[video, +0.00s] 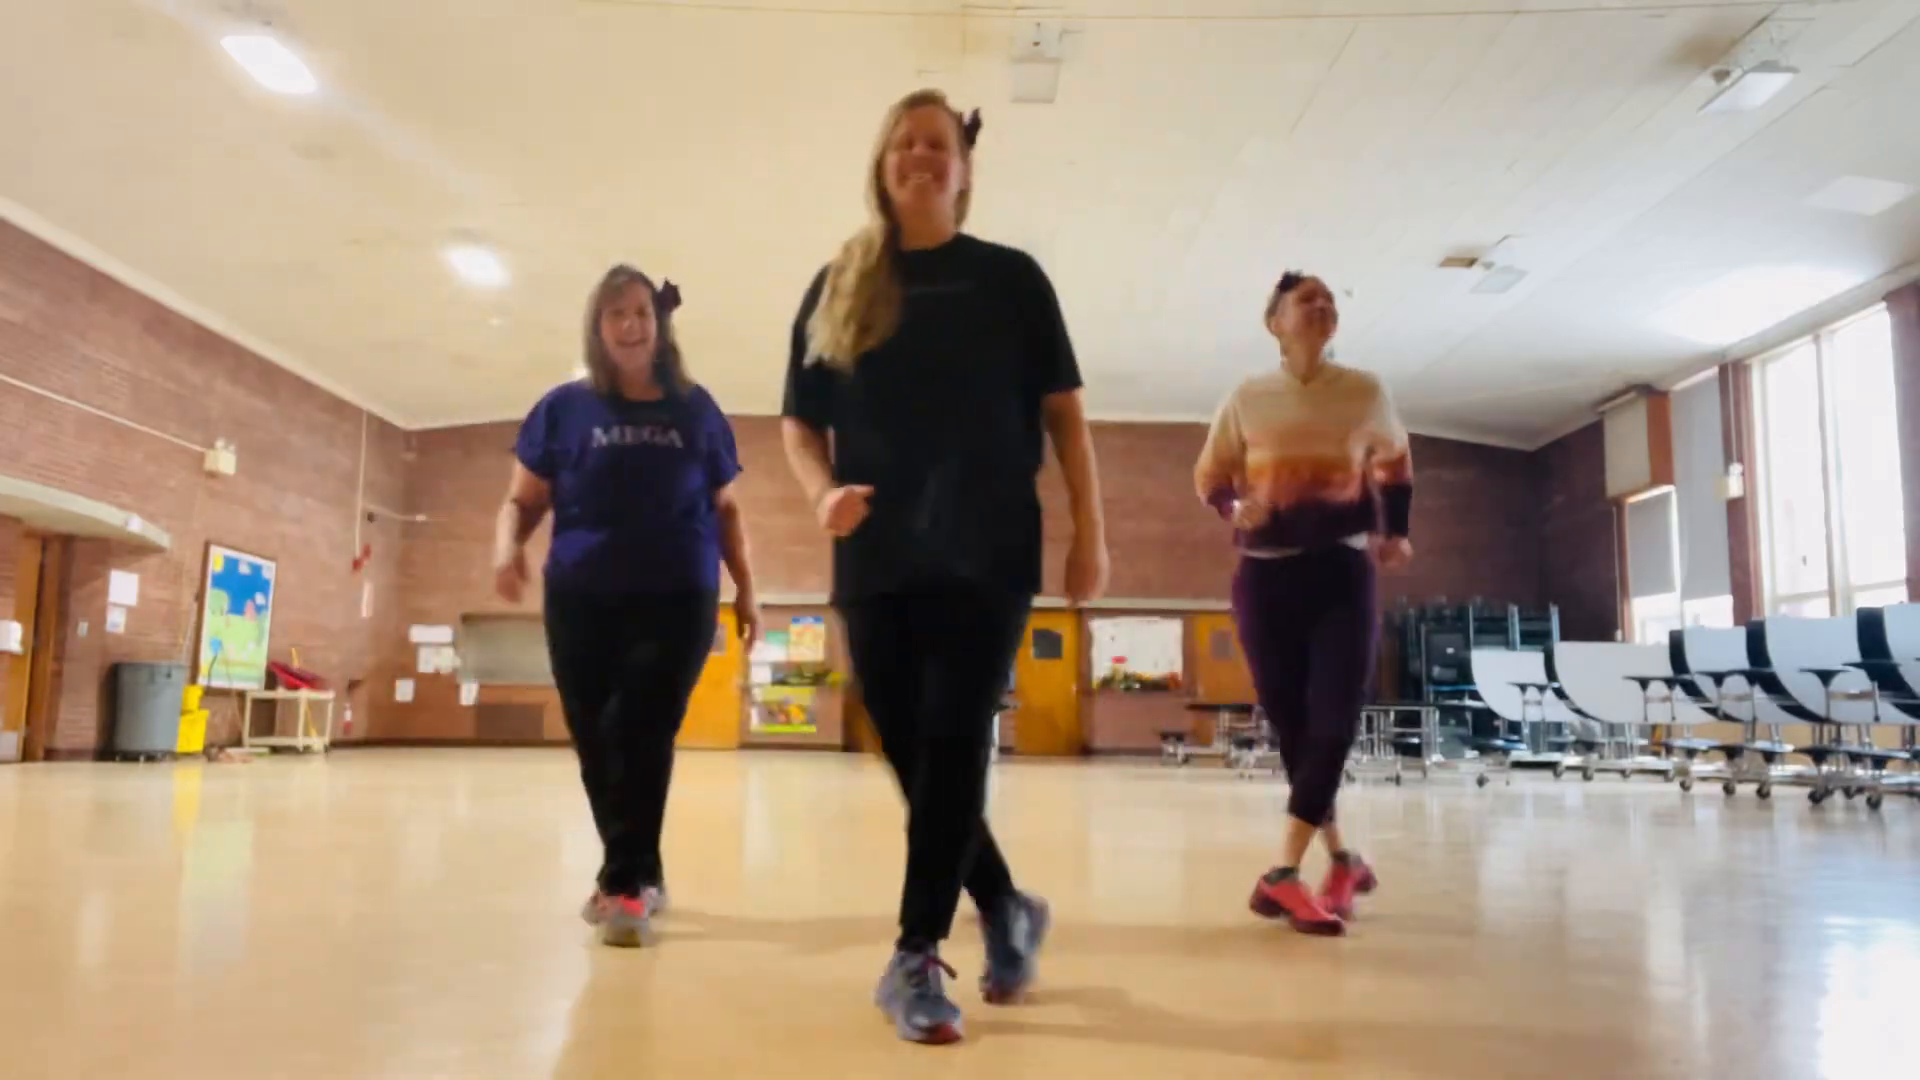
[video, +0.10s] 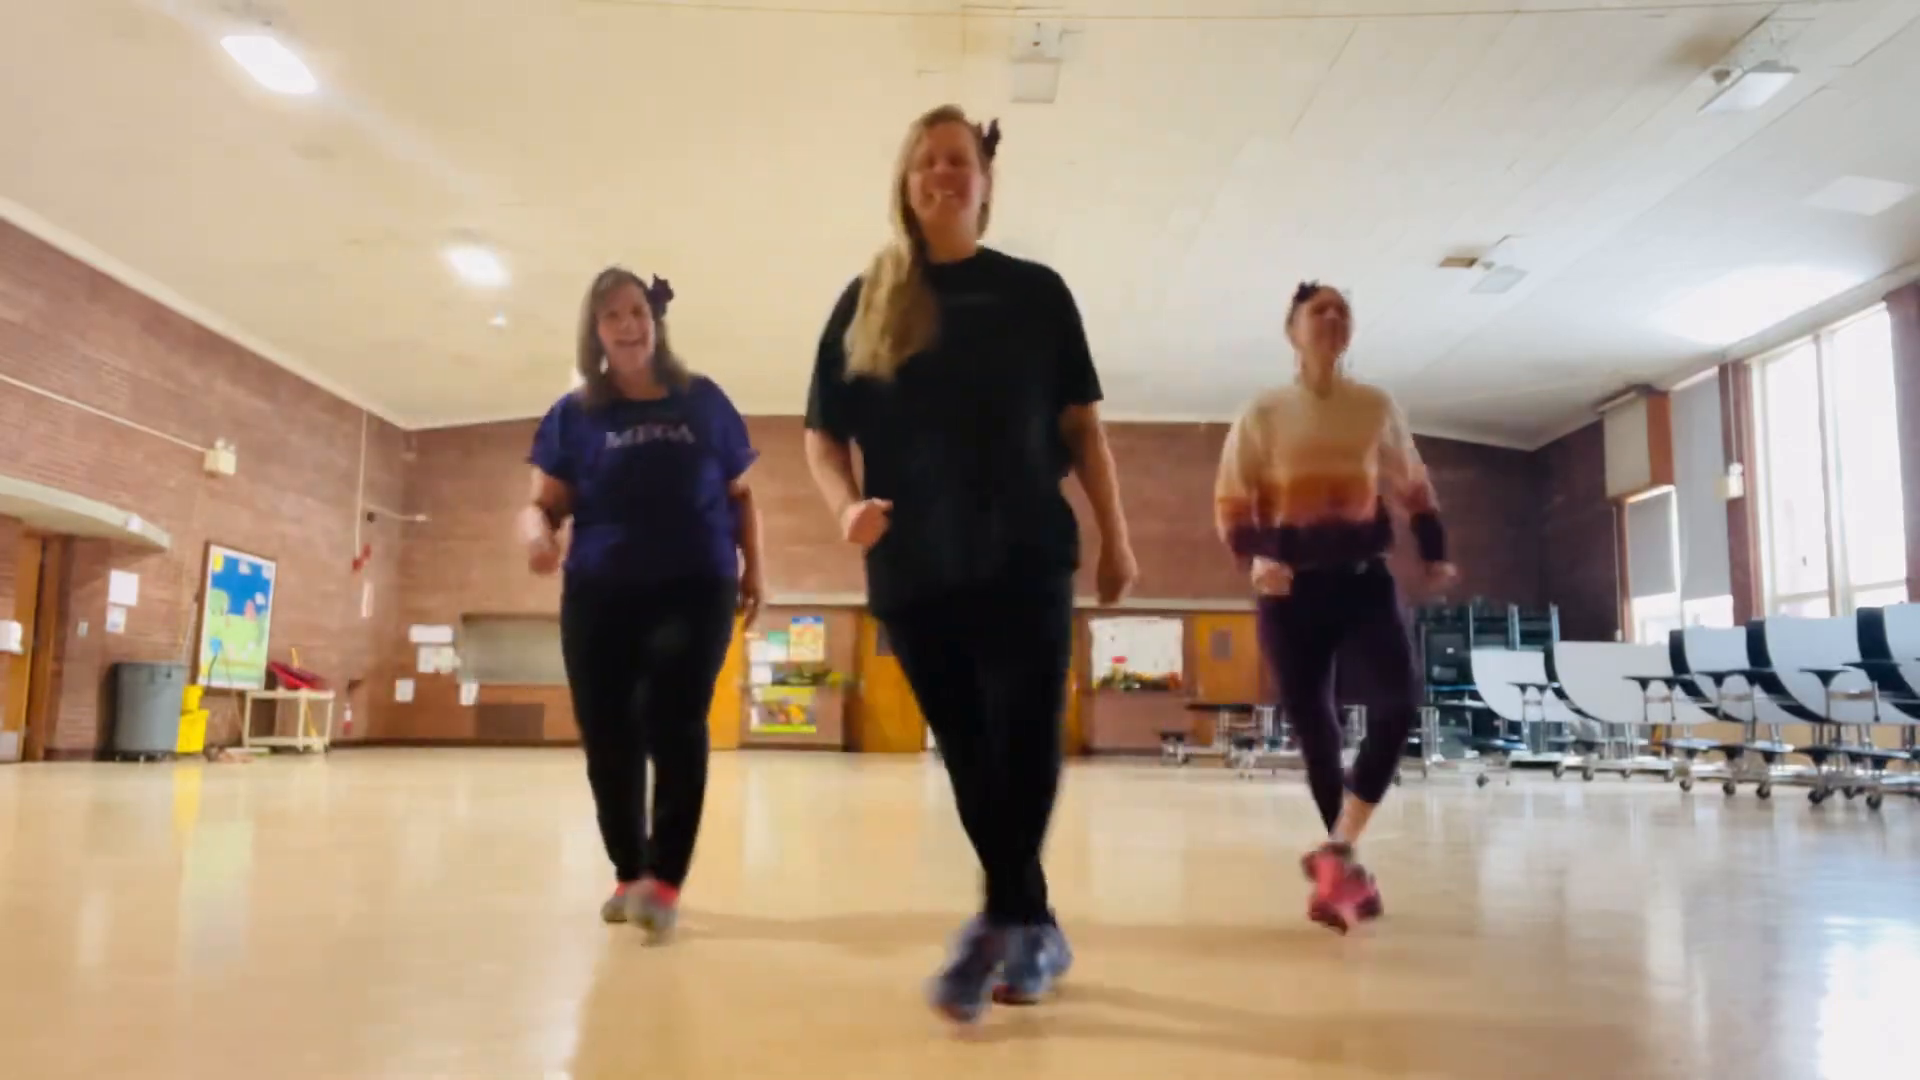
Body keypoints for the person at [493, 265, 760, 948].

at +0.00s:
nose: (631, 324)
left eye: (642, 313)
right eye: (618, 314)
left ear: (660, 322)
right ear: (597, 326)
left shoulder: (695, 409)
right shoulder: (563, 409)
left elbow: (725, 508)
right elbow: (523, 500)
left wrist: (744, 590)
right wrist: (508, 550)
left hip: (675, 596)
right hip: (583, 595)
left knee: (641, 735)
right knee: (597, 740)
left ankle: (620, 889)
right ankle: (638, 877)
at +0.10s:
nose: (628, 324)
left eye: (637, 312)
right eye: (613, 315)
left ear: (657, 321)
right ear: (594, 328)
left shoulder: (701, 400)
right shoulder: (573, 414)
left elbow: (741, 495)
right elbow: (544, 503)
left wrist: (751, 573)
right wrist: (541, 534)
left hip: (692, 587)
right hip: (600, 592)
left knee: (676, 728)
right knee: (609, 736)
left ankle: (665, 882)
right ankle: (629, 877)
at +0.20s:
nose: (638, 318)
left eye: (647, 306)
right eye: (624, 310)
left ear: (669, 315)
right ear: (606, 326)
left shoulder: (715, 396)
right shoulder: (585, 412)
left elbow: (762, 484)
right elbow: (559, 497)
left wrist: (773, 552)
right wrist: (556, 507)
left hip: (707, 582)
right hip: (613, 589)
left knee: (703, 722)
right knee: (619, 738)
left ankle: (729, 872)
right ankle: (637, 877)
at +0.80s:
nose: (728, 318)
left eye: (739, 308)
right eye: (716, 308)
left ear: (758, 322)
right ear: (695, 323)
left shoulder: (788, 405)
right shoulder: (661, 400)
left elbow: (818, 490)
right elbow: (614, 476)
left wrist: (820, 538)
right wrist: (598, 476)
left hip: (764, 597)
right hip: (670, 592)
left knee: (756, 742)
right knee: (649, 735)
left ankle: (740, 883)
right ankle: (638, 878)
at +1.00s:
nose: (793, 321)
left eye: (806, 313)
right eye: (782, 310)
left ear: (822, 330)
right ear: (762, 321)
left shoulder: (825, 420)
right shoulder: (716, 389)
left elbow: (831, 514)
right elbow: (649, 467)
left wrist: (893, 556)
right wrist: (663, 456)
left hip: (781, 591)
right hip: (689, 572)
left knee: (761, 737)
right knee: (639, 711)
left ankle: (742, 882)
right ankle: (617, 834)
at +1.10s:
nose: (812, 319)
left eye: (825, 312)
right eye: (803, 307)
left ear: (841, 328)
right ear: (781, 316)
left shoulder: (845, 410)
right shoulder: (732, 376)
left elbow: (860, 502)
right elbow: (651, 414)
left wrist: (898, 490)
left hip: (786, 579)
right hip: (697, 552)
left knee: (761, 731)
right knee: (679, 673)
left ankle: (743, 880)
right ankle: (613, 809)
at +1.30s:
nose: (873, 352)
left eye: (880, 343)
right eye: (863, 333)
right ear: (836, 327)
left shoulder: (860, 415)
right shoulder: (778, 369)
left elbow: (850, 514)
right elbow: (703, 407)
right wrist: (756, 359)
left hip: (787, 567)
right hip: (716, 541)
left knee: (776, 717)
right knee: (727, 698)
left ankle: (738, 883)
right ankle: (638, 878)